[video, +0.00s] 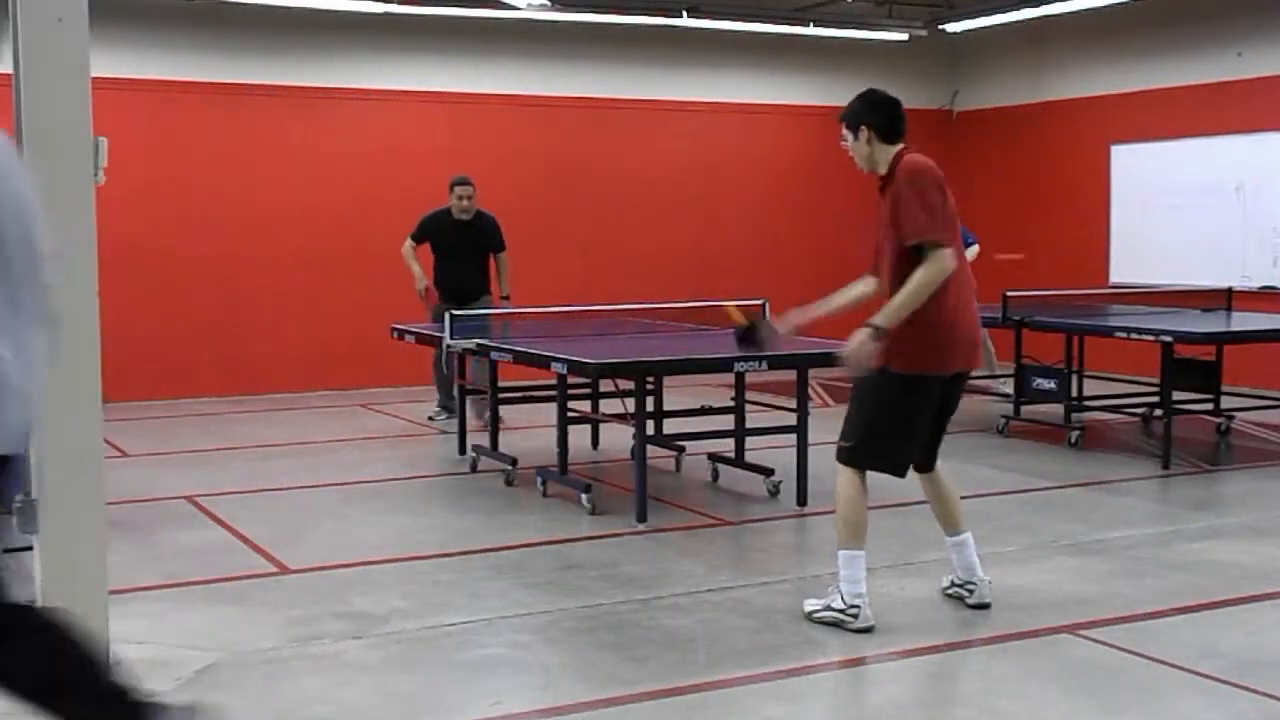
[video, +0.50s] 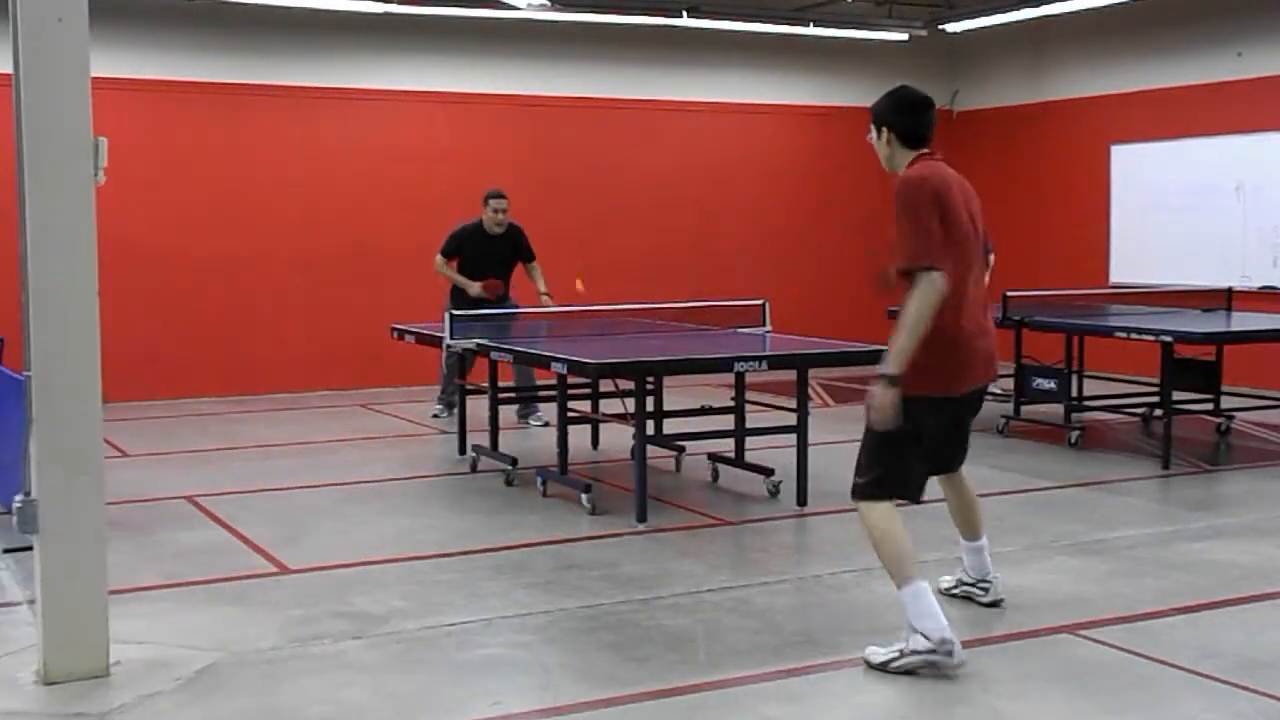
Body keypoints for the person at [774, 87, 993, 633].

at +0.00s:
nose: (849, 152)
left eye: (849, 141)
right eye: (846, 142)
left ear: (867, 134)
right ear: (885, 132)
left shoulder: (912, 172)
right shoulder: (900, 183)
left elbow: (943, 259)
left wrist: (877, 329)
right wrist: (804, 315)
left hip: (911, 351)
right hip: (951, 349)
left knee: (850, 461)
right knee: (923, 460)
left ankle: (850, 599)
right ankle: (972, 579)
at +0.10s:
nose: (852, 146)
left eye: (853, 134)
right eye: (851, 136)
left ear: (874, 131)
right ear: (885, 130)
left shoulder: (929, 169)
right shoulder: (899, 185)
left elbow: (967, 253)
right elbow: (864, 258)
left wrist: (921, 328)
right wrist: (788, 267)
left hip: (921, 348)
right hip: (950, 349)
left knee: (862, 458)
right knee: (931, 459)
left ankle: (852, 599)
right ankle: (975, 576)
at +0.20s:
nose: (860, 145)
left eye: (860, 134)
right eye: (858, 135)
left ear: (879, 130)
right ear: (895, 128)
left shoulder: (938, 171)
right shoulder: (902, 186)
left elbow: (986, 255)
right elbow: (871, 241)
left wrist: (957, 334)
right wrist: (820, 229)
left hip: (926, 347)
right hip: (946, 346)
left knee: (862, 455)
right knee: (933, 460)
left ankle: (857, 597)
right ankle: (981, 576)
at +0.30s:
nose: (866, 149)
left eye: (866, 138)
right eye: (864, 139)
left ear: (884, 134)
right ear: (903, 132)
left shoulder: (939, 177)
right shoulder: (913, 185)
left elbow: (986, 263)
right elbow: (908, 246)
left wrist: (962, 351)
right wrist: (860, 217)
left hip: (926, 349)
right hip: (947, 349)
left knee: (860, 460)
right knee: (931, 461)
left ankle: (875, 610)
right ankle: (982, 576)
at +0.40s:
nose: (869, 148)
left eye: (870, 137)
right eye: (869, 137)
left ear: (885, 139)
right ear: (917, 135)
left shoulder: (934, 186)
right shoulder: (933, 181)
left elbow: (968, 276)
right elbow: (942, 255)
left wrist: (935, 371)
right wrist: (896, 234)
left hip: (927, 362)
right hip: (957, 358)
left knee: (865, 479)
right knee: (933, 465)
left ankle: (906, 612)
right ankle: (981, 574)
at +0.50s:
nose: (870, 140)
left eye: (871, 131)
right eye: (873, 130)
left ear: (885, 135)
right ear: (926, 134)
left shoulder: (916, 183)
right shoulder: (955, 181)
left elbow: (934, 279)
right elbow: (983, 262)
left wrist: (888, 373)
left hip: (926, 371)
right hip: (969, 366)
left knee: (873, 496)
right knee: (947, 464)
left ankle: (930, 634)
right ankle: (979, 575)